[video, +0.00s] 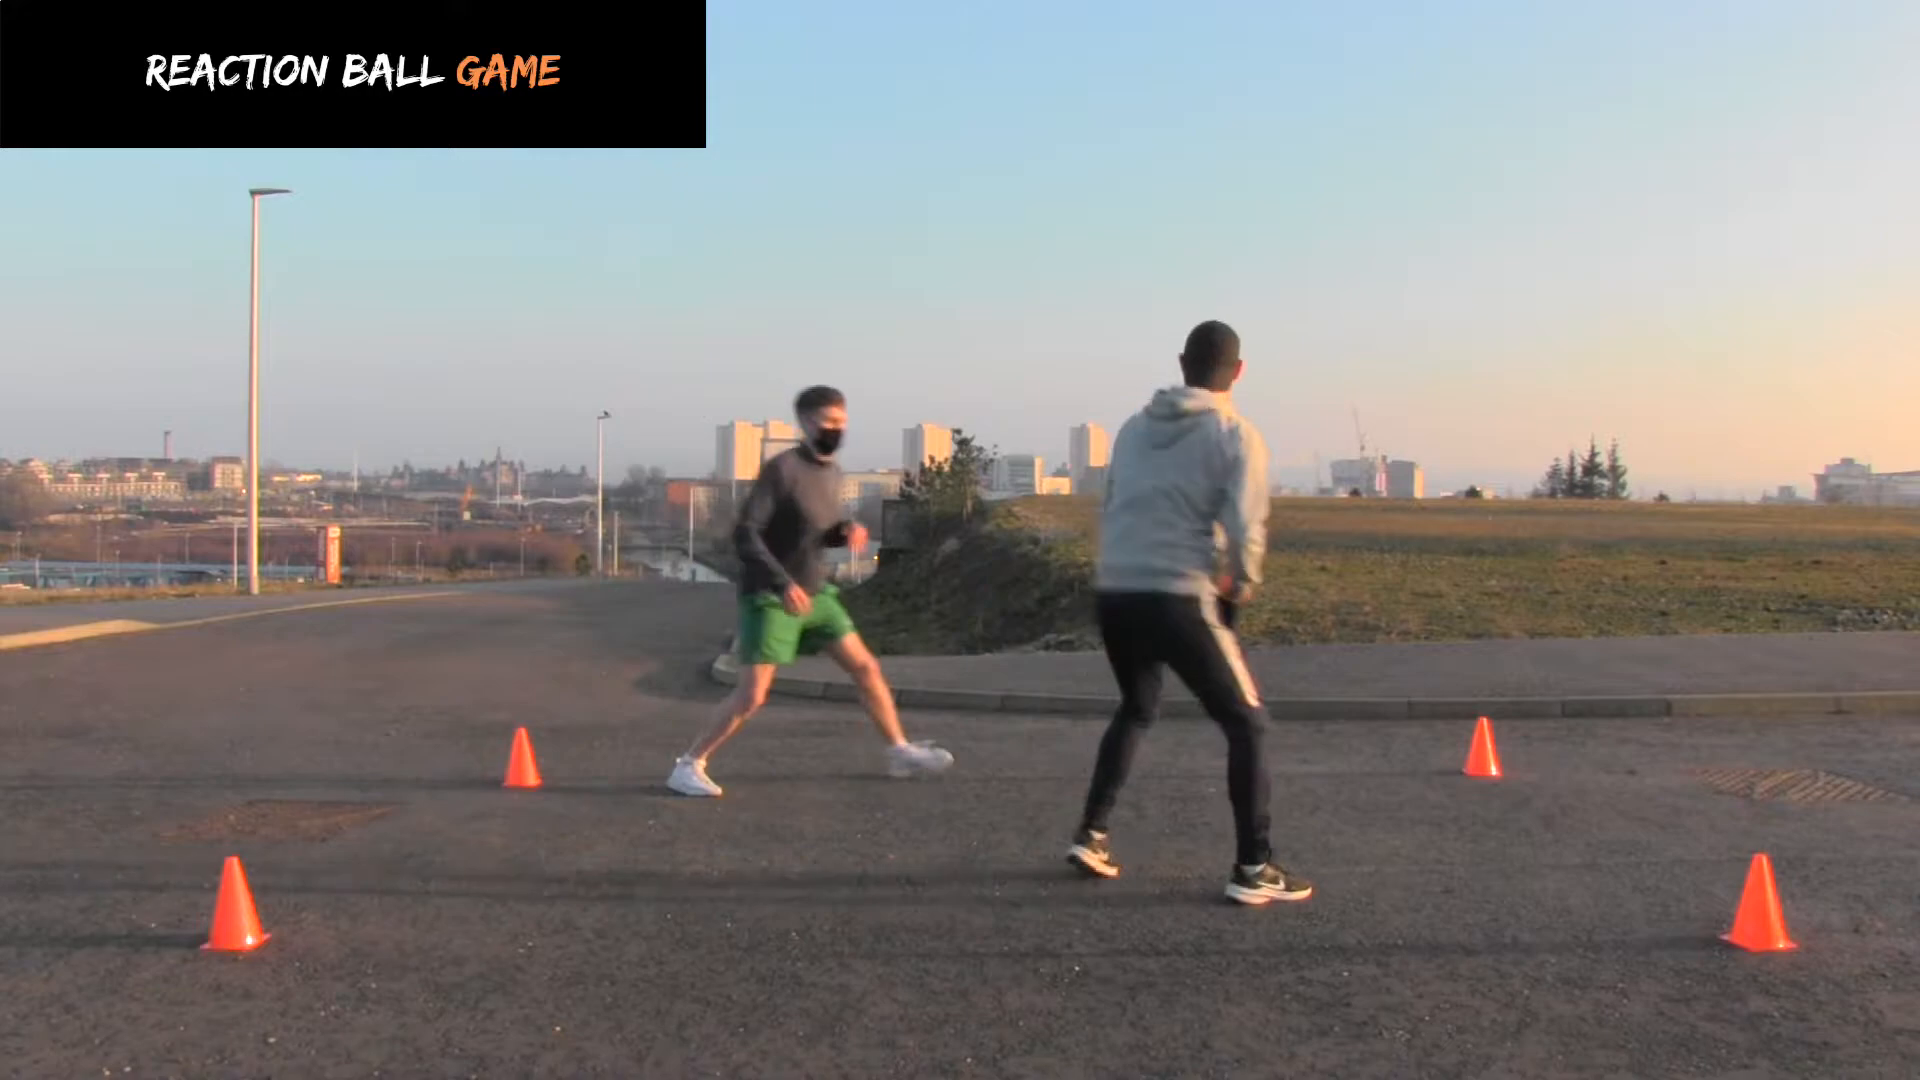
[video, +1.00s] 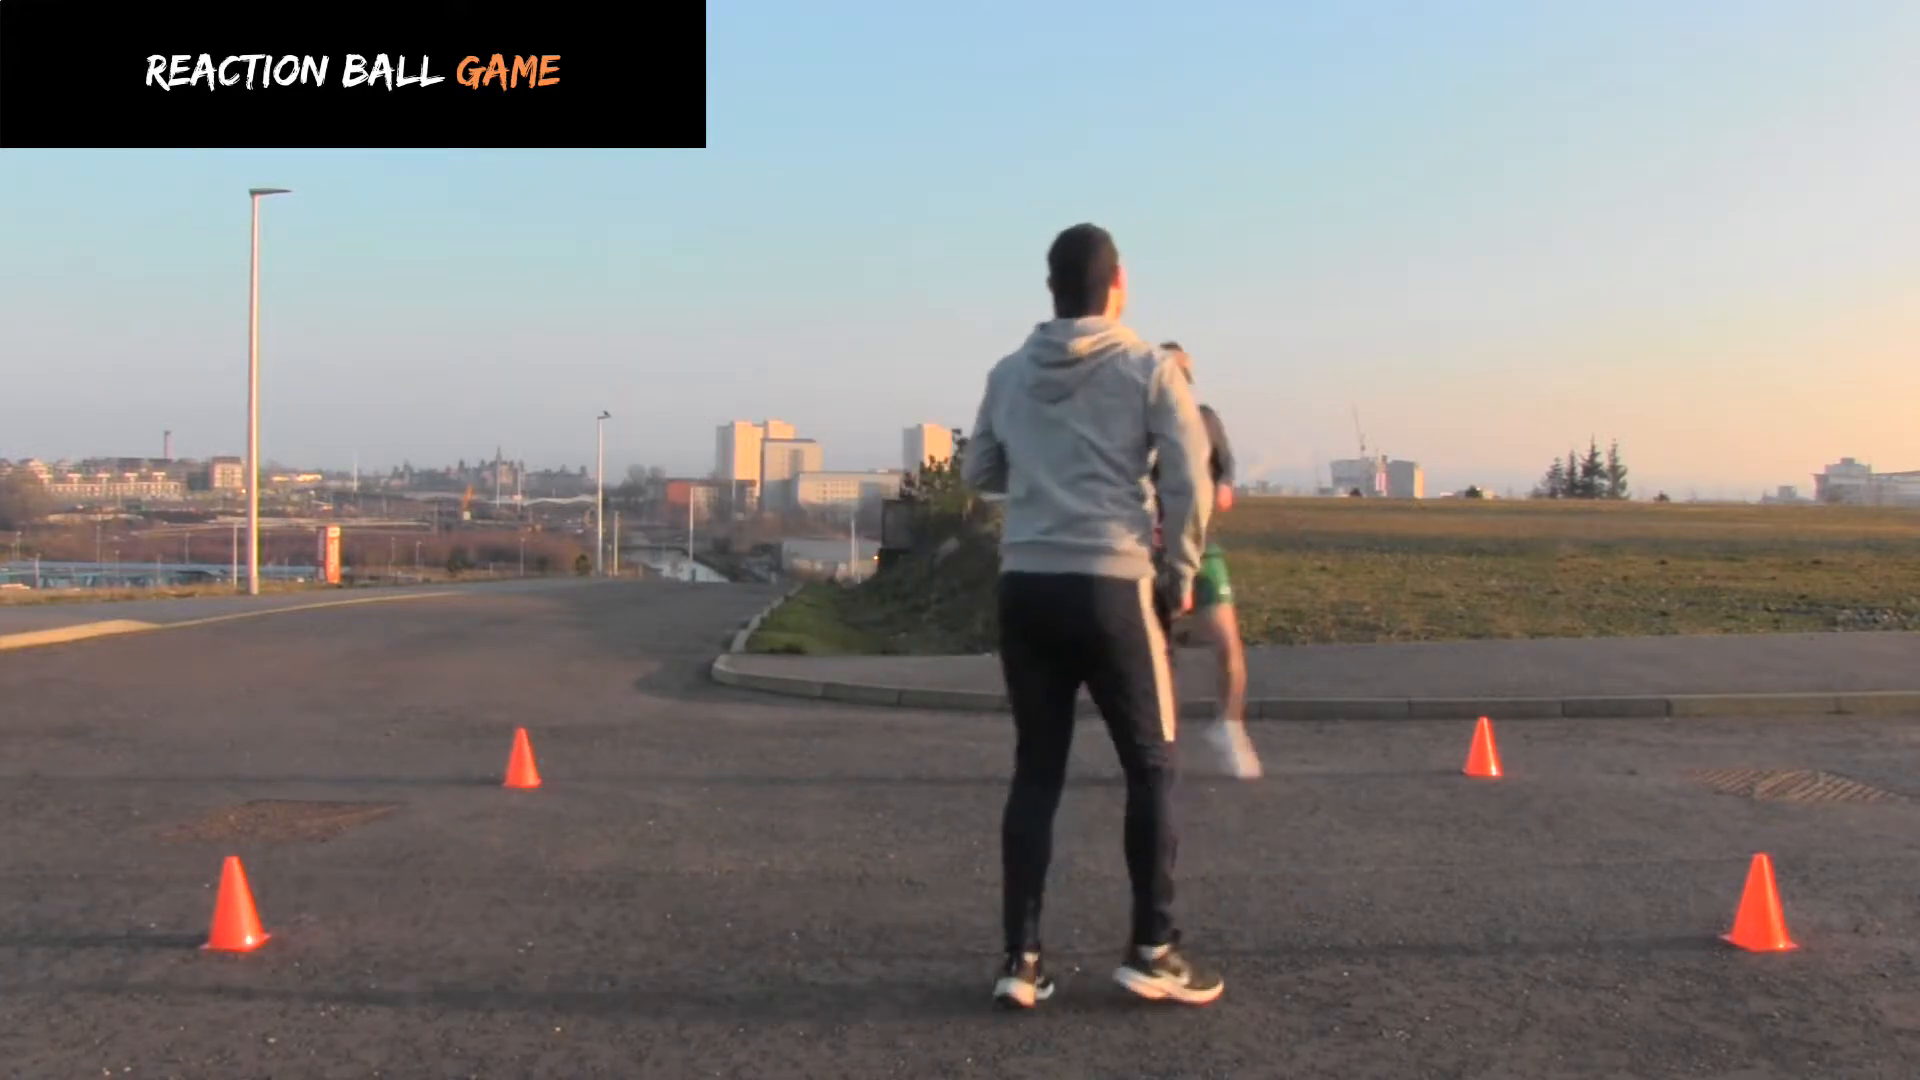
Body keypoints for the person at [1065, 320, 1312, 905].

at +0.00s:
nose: (1240, 375)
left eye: (1233, 364)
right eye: (1240, 366)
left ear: (1182, 364)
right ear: (1235, 371)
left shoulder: (1134, 428)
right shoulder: (1235, 434)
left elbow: (1112, 507)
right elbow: (1243, 524)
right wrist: (1243, 583)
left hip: (1114, 595)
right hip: (1180, 599)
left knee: (1136, 707)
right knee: (1246, 722)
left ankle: (1090, 834)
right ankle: (1253, 866)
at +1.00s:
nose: (1126, 289)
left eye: (1110, 278)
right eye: (1124, 278)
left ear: (1052, 287)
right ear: (1117, 284)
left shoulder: (1010, 372)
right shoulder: (1150, 367)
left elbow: (980, 471)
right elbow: (1188, 478)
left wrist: (1048, 463)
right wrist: (1178, 572)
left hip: (1025, 590)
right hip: (1111, 590)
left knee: (1034, 772)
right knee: (1150, 767)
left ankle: (1019, 961)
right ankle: (1151, 950)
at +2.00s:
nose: (925, 294)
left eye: (922, 280)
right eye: (923, 281)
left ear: (853, 278)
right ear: (907, 281)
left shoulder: (794, 365)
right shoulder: (916, 368)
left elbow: (735, 464)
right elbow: (923, 490)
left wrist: (781, 536)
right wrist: (930, 589)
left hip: (786, 599)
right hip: (857, 603)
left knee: (812, 783)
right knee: (850, 790)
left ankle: (792, 970)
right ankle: (734, 963)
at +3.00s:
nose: (896, 321)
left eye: (894, 308)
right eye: (892, 309)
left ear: (829, 313)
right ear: (871, 314)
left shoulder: (786, 393)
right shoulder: (871, 398)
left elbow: (782, 498)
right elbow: (885, 512)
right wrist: (910, 605)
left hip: (780, 591)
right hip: (837, 596)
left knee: (828, 719)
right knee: (858, 750)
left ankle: (791, 854)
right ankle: (824, 917)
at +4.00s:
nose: (959, 454)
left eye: (960, 445)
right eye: (961, 444)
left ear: (930, 427)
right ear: (950, 435)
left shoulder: (882, 460)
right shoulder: (912, 475)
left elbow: (881, 563)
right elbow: (908, 563)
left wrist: (915, 628)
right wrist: (941, 625)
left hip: (813, 596)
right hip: (846, 607)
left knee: (819, 699)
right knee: (921, 685)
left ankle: (757, 796)